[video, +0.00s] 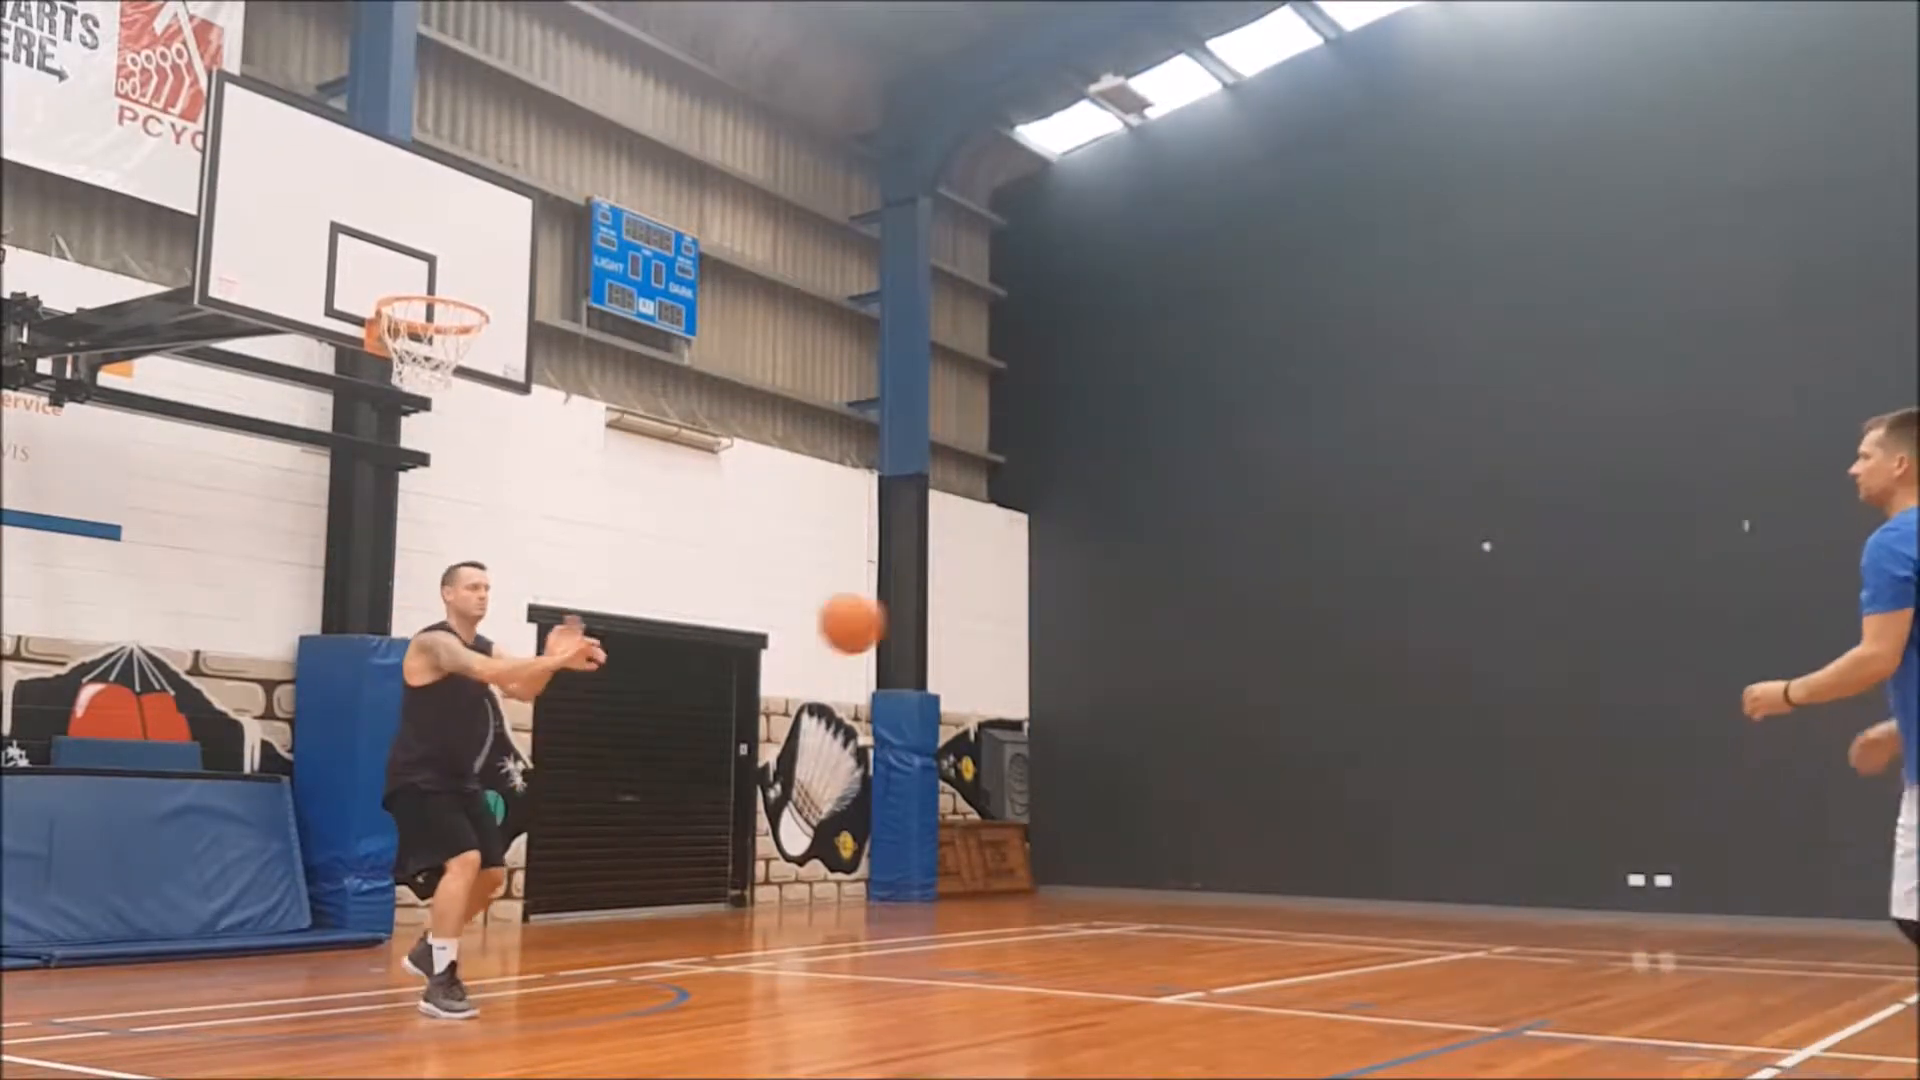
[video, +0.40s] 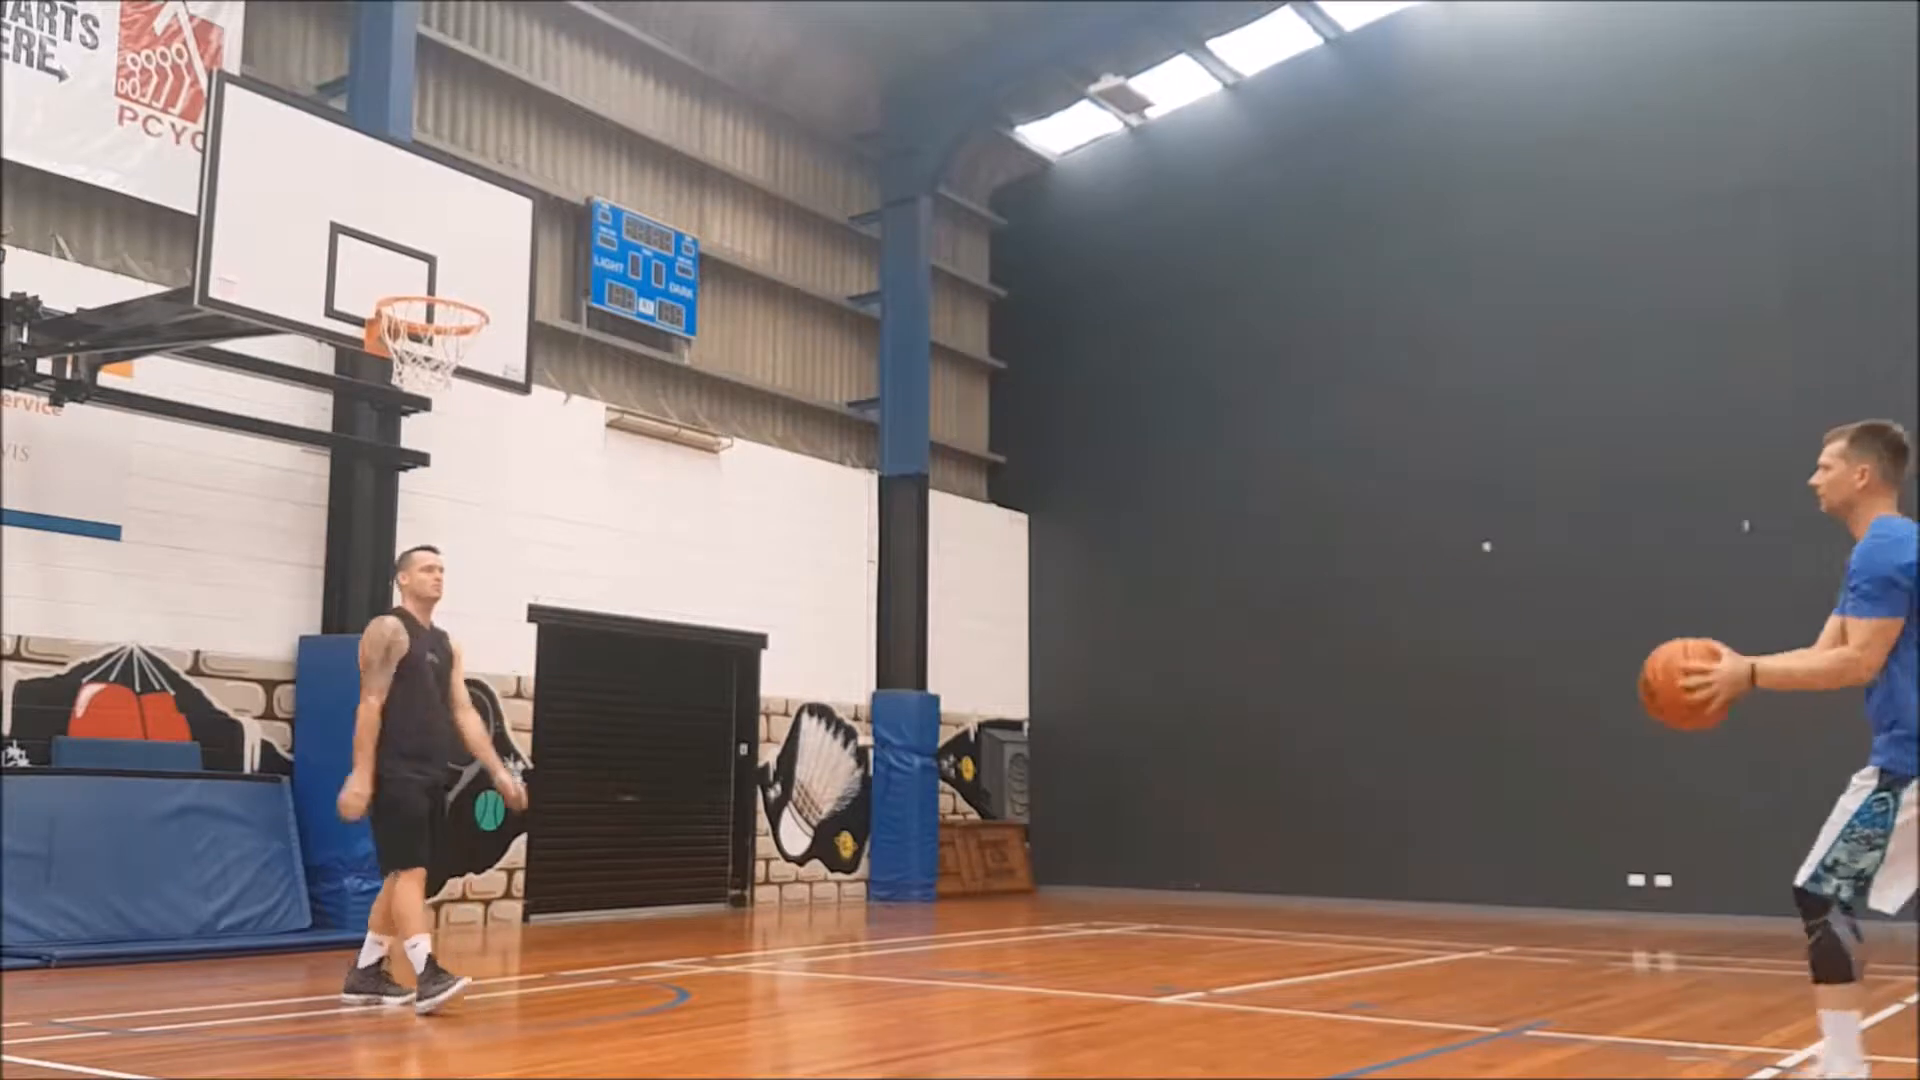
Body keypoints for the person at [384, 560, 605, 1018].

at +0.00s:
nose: (483, 596)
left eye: (486, 589)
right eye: (473, 588)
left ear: (488, 597)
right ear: (447, 595)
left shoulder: (486, 649)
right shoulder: (433, 642)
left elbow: (524, 690)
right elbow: (490, 671)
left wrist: (552, 660)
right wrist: (557, 661)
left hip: (461, 783)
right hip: (419, 780)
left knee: (491, 876)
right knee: (463, 860)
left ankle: (428, 948)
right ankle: (442, 979)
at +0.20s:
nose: (456, 580)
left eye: (460, 574)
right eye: (447, 572)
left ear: (462, 584)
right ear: (420, 581)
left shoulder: (466, 642)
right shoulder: (410, 630)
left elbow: (494, 698)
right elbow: (445, 689)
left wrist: (510, 689)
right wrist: (508, 713)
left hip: (451, 773)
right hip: (414, 771)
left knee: (453, 869)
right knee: (450, 861)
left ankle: (381, 960)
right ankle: (440, 981)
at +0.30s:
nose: (445, 579)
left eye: (449, 572)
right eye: (436, 571)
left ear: (451, 582)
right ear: (409, 580)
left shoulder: (454, 644)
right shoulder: (398, 631)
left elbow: (477, 704)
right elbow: (407, 704)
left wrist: (509, 720)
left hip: (440, 772)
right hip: (406, 771)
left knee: (421, 874)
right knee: (432, 868)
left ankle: (369, 969)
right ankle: (437, 981)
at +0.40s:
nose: (438, 577)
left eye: (441, 571)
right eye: (428, 569)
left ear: (443, 582)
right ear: (402, 579)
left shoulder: (447, 645)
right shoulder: (386, 630)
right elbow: (370, 705)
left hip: (432, 775)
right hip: (394, 771)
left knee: (406, 873)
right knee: (410, 869)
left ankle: (365, 971)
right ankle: (427, 975)